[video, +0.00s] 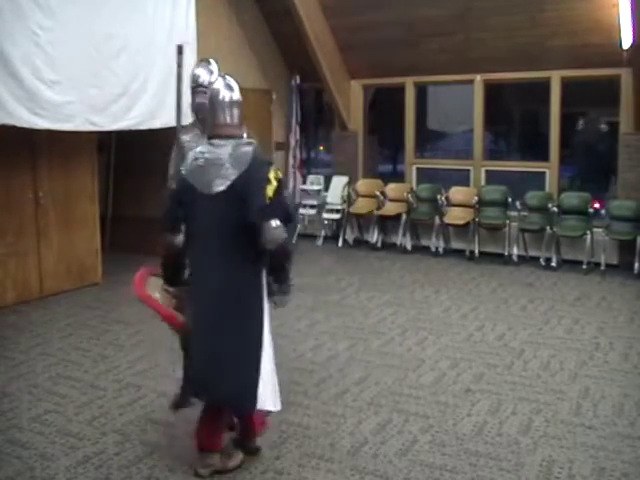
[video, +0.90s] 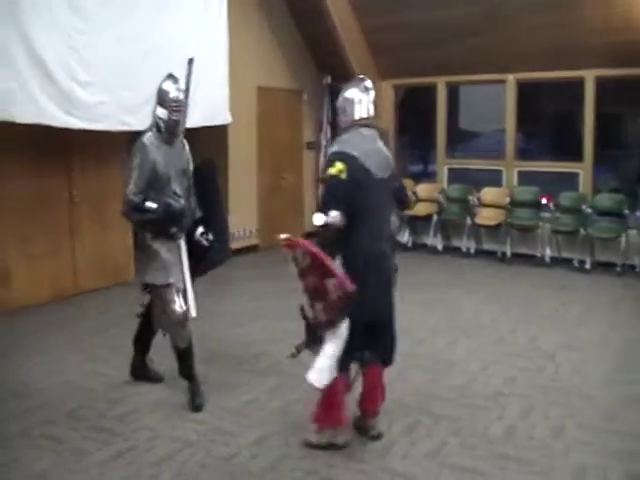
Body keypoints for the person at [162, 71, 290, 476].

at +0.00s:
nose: (232, 121)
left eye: (215, 114)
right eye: (234, 115)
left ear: (203, 118)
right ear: (240, 116)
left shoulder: (192, 160)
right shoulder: (252, 163)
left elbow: (174, 222)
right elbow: (269, 228)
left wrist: (173, 275)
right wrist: (281, 269)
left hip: (205, 274)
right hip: (242, 275)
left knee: (225, 354)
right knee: (244, 356)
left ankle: (246, 435)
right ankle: (213, 445)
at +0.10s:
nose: (238, 119)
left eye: (232, 113)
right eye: (238, 113)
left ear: (212, 117)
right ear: (246, 115)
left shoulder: (200, 164)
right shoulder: (264, 162)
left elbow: (184, 219)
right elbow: (279, 223)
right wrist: (289, 264)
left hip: (215, 268)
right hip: (253, 270)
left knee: (229, 348)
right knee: (244, 352)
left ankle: (248, 433)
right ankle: (214, 445)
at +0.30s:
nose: (254, 118)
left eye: (245, 113)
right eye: (258, 112)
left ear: (231, 117)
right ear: (265, 116)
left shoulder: (214, 162)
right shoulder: (284, 159)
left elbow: (201, 226)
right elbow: (306, 219)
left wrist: (201, 272)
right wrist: (311, 267)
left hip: (231, 266)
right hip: (273, 266)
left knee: (238, 342)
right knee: (276, 343)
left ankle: (239, 419)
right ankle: (256, 414)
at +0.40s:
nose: (266, 117)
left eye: (257, 111)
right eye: (271, 111)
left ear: (243, 114)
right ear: (277, 114)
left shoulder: (226, 163)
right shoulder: (295, 159)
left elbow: (212, 231)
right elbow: (315, 222)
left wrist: (209, 272)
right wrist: (321, 266)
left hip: (242, 266)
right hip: (283, 264)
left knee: (245, 344)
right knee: (289, 335)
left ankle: (250, 434)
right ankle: (286, 409)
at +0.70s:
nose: (278, 116)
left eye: (281, 110)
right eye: (281, 109)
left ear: (289, 115)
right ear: (318, 115)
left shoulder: (285, 161)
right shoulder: (338, 161)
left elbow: (262, 225)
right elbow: (350, 218)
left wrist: (247, 274)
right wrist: (345, 264)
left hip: (290, 266)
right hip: (327, 265)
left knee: (270, 345)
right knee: (335, 340)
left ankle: (258, 433)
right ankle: (343, 418)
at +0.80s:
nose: (320, 124)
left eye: (317, 118)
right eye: (335, 117)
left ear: (316, 121)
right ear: (349, 120)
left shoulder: (317, 163)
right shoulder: (364, 162)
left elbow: (301, 227)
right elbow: (379, 213)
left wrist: (284, 278)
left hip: (323, 266)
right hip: (357, 265)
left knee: (305, 346)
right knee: (356, 342)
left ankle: (283, 428)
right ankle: (357, 419)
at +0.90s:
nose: (339, 117)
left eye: (339, 111)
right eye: (350, 109)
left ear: (341, 112)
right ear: (370, 112)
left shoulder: (342, 154)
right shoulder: (379, 151)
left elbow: (334, 217)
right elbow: (401, 198)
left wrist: (310, 249)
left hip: (349, 259)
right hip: (379, 257)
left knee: (337, 340)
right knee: (375, 337)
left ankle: (332, 423)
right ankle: (370, 417)